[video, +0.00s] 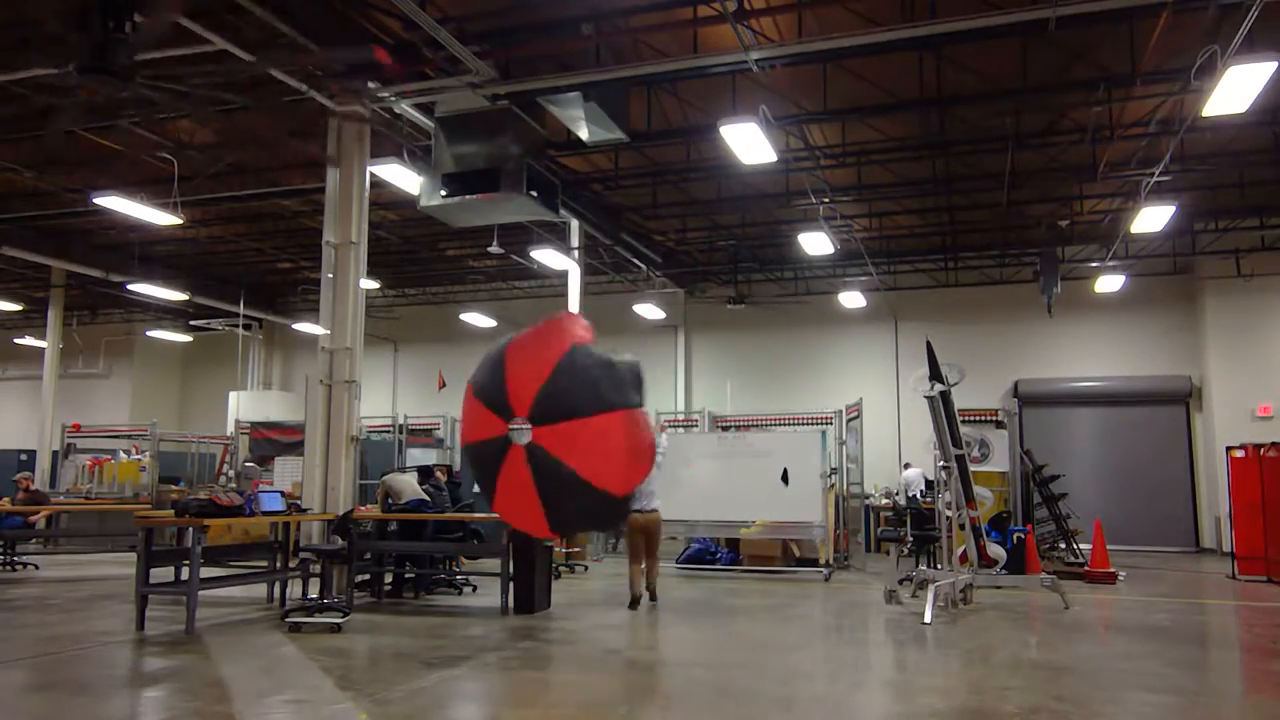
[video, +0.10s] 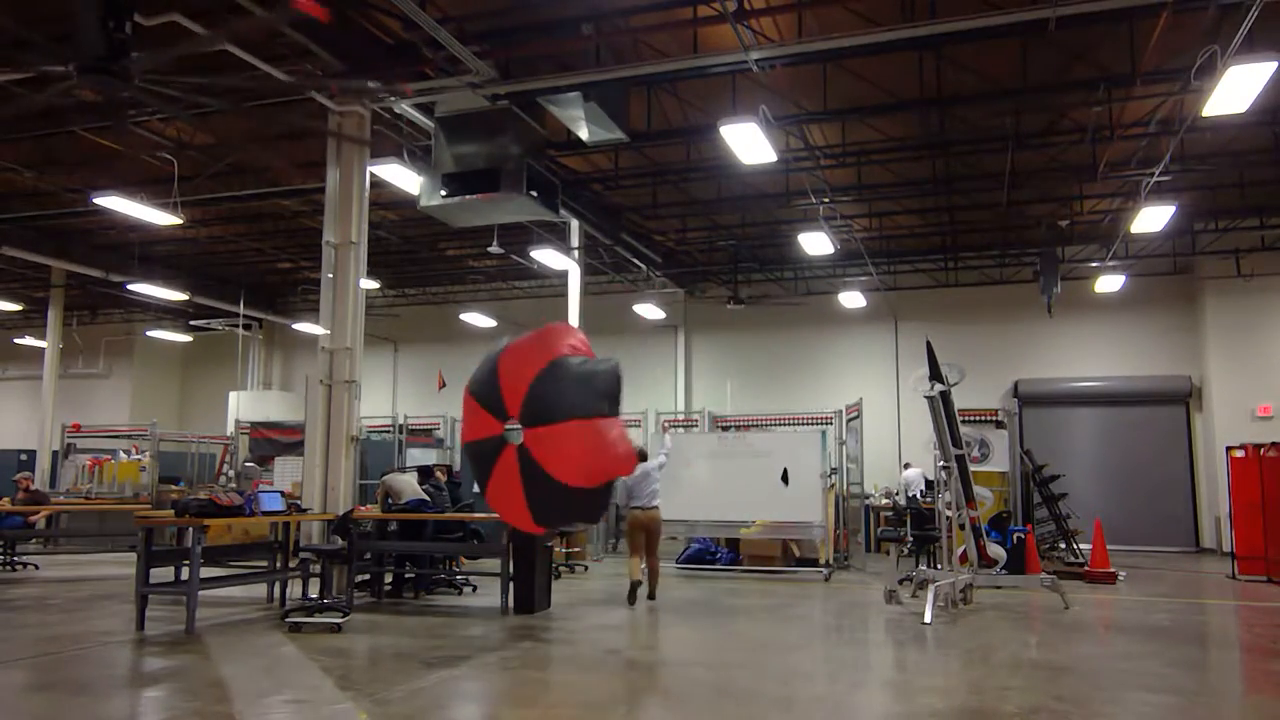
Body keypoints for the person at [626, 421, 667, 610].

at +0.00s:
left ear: (632, 451)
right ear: (646, 452)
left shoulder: (628, 467)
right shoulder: (653, 466)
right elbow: (660, 449)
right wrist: (662, 434)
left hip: (634, 513)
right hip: (653, 513)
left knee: (635, 559)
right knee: (652, 556)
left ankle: (636, 592)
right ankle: (651, 587)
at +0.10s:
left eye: (634, 454)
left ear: (632, 458)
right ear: (646, 457)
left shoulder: (625, 476)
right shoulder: (653, 467)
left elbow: (622, 502)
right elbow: (664, 453)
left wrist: (626, 511)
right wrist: (666, 434)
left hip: (635, 512)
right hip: (653, 510)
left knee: (635, 552)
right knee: (652, 554)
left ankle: (635, 579)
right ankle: (652, 590)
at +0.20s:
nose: (629, 463)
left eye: (630, 460)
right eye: (630, 460)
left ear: (634, 461)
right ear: (645, 460)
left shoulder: (629, 480)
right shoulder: (654, 470)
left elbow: (624, 504)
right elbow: (666, 455)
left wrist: (627, 513)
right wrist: (666, 434)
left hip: (636, 517)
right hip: (654, 516)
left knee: (634, 554)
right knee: (652, 555)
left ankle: (635, 574)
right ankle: (652, 589)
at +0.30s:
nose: (626, 462)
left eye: (628, 459)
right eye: (627, 459)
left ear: (634, 459)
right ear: (641, 459)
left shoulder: (630, 477)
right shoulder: (653, 467)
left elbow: (627, 502)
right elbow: (666, 453)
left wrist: (625, 514)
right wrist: (667, 433)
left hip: (637, 514)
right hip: (654, 512)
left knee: (633, 553)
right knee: (651, 555)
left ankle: (636, 578)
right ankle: (652, 590)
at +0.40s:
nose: (624, 458)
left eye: (626, 455)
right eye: (625, 455)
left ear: (631, 456)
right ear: (639, 456)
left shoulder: (629, 472)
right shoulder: (651, 464)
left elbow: (629, 496)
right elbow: (665, 451)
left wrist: (621, 509)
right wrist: (668, 432)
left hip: (636, 508)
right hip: (652, 507)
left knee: (633, 550)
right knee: (650, 549)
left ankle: (635, 584)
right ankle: (652, 582)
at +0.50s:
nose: (624, 461)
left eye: (625, 458)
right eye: (624, 458)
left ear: (630, 459)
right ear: (637, 458)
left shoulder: (627, 473)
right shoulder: (648, 468)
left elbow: (627, 498)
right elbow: (662, 459)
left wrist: (615, 507)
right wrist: (667, 442)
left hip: (634, 512)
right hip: (649, 510)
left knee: (632, 550)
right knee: (649, 546)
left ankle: (635, 583)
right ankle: (653, 571)